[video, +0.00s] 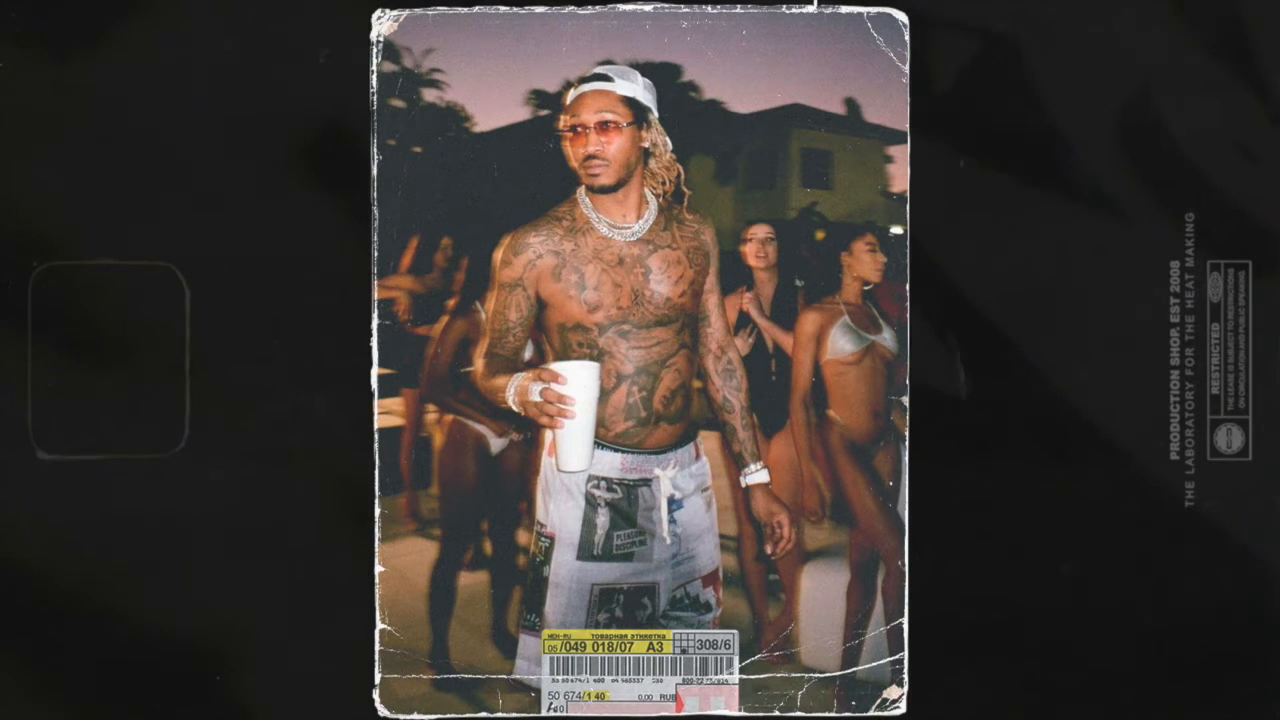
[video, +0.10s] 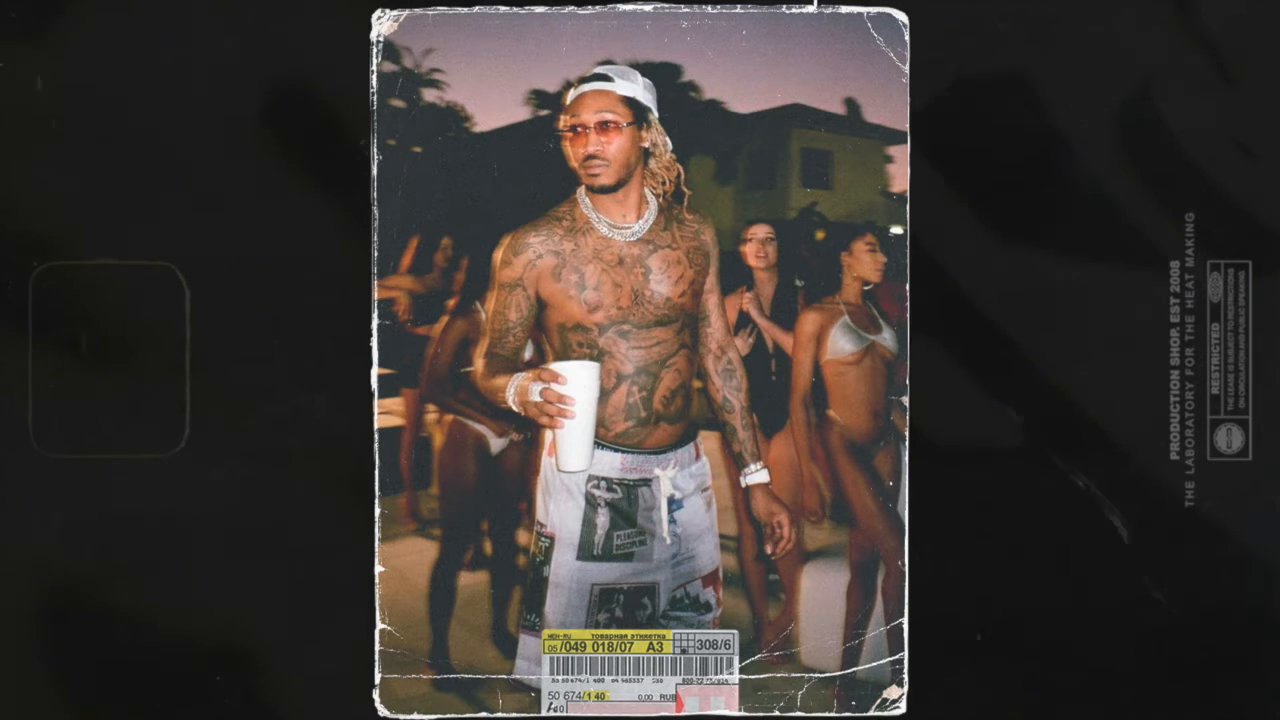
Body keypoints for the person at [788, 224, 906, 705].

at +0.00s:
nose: (882, 259)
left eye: (881, 251)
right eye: (871, 251)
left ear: (870, 262)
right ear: (844, 259)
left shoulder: (877, 315)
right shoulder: (818, 317)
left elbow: (887, 390)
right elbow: (799, 403)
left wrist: (898, 439)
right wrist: (813, 478)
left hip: (882, 448)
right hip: (838, 449)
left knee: (863, 563)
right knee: (897, 552)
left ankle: (846, 674)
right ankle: (902, 670)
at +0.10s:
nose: (882, 259)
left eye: (881, 251)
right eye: (871, 251)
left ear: (871, 262)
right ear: (844, 259)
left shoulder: (877, 315)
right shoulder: (818, 317)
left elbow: (887, 390)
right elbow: (798, 403)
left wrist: (897, 439)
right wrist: (813, 478)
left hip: (882, 448)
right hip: (838, 449)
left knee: (863, 563)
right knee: (897, 552)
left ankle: (846, 674)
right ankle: (902, 670)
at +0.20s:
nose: (882, 259)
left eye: (881, 251)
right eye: (871, 251)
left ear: (870, 262)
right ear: (844, 259)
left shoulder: (877, 316)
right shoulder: (818, 317)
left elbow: (886, 392)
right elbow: (798, 403)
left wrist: (898, 440)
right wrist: (812, 477)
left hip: (882, 448)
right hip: (839, 449)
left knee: (863, 563)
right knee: (898, 552)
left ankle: (846, 673)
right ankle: (902, 669)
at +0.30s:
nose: (882, 259)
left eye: (881, 251)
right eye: (871, 251)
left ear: (871, 262)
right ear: (844, 259)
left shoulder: (877, 316)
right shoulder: (818, 317)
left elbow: (887, 391)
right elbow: (798, 403)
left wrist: (900, 435)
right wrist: (812, 477)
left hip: (883, 447)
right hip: (839, 448)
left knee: (863, 562)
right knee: (897, 551)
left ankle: (846, 673)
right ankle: (902, 670)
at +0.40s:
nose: (882, 259)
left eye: (881, 251)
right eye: (871, 251)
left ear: (869, 262)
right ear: (843, 259)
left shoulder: (876, 315)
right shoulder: (818, 317)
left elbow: (885, 391)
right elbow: (798, 402)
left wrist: (898, 438)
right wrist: (812, 477)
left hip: (882, 447)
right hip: (839, 449)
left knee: (863, 562)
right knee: (897, 551)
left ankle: (846, 672)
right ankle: (903, 670)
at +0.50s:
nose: (882, 259)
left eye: (881, 251)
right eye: (871, 251)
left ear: (869, 261)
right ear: (844, 259)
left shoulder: (876, 314)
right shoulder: (818, 317)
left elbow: (885, 391)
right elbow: (798, 402)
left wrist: (899, 440)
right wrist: (812, 477)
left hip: (882, 447)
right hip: (838, 449)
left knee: (863, 563)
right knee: (898, 552)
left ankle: (846, 674)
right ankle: (902, 670)